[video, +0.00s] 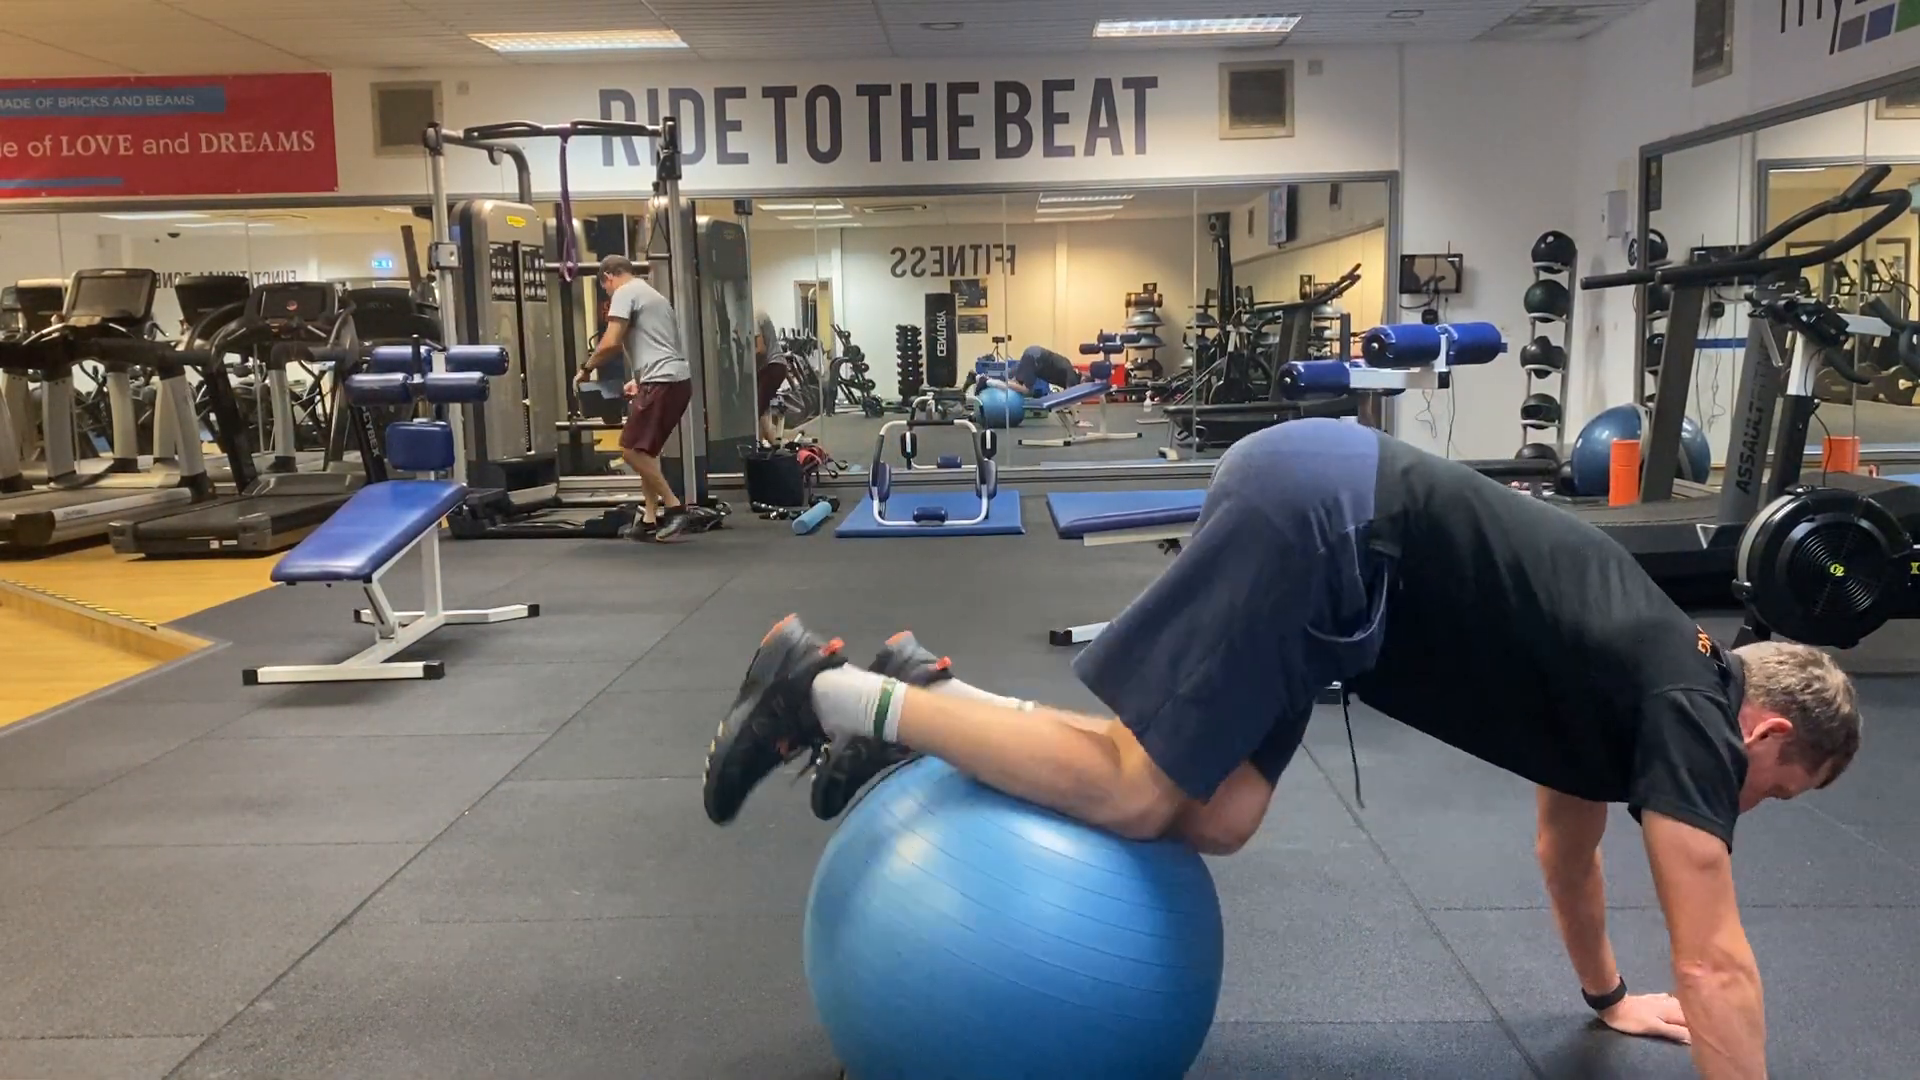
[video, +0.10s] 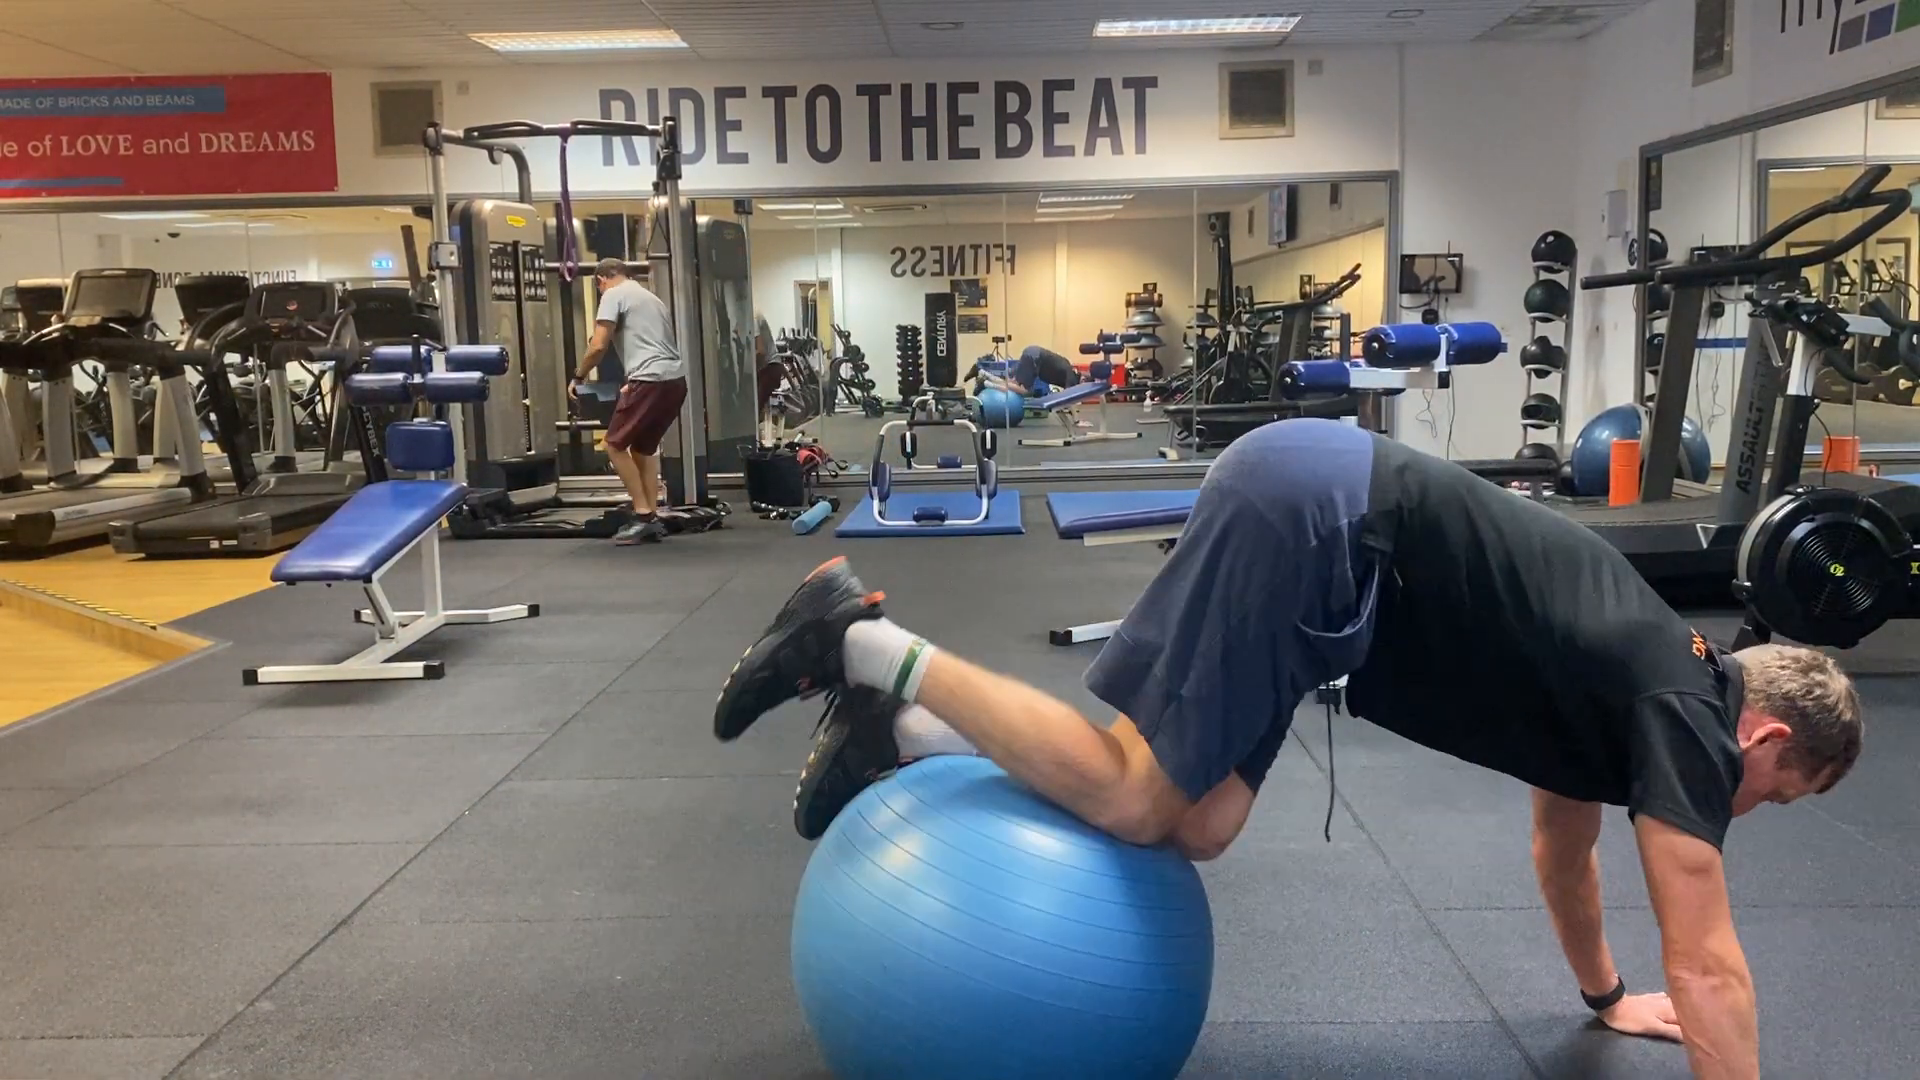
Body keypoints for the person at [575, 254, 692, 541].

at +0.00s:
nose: (606, 290)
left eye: (604, 284)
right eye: (604, 286)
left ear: (610, 276)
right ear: (628, 272)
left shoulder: (625, 292)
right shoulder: (651, 293)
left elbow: (611, 343)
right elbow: (663, 346)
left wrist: (587, 367)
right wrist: (641, 381)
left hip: (661, 380)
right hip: (676, 379)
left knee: (630, 448)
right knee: (647, 451)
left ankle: (675, 508)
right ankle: (649, 519)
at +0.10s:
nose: (600, 291)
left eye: (599, 286)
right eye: (599, 287)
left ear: (604, 279)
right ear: (625, 274)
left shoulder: (613, 294)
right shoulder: (650, 297)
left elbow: (599, 346)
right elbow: (660, 346)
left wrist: (578, 377)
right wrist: (634, 381)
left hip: (649, 380)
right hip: (676, 380)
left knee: (615, 445)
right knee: (643, 448)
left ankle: (642, 515)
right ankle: (651, 517)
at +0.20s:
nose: (595, 293)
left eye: (594, 289)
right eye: (594, 290)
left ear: (599, 283)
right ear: (621, 279)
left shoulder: (602, 297)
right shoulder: (646, 300)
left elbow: (589, 351)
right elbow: (658, 343)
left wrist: (575, 382)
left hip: (638, 381)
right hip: (670, 381)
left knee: (608, 447)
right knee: (643, 449)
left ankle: (606, 520)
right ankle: (650, 521)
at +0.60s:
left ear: (583, 336)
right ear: (608, 335)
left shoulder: (567, 349)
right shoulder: (626, 345)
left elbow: (566, 399)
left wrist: (580, 444)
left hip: (584, 392)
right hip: (625, 388)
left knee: (577, 456)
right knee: (625, 455)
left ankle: (576, 524)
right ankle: (632, 522)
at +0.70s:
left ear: (580, 348)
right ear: (610, 348)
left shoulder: (566, 358)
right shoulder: (623, 357)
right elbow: (632, 413)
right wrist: (626, 459)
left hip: (574, 389)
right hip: (616, 386)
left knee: (572, 457)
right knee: (621, 459)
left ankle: (575, 525)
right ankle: (626, 525)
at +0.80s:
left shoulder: (564, 371)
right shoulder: (624, 370)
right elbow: (630, 432)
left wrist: (580, 477)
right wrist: (627, 472)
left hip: (567, 388)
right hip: (609, 385)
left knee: (570, 459)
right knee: (618, 460)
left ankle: (575, 525)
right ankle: (626, 524)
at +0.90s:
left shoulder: (560, 374)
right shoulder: (625, 377)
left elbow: (571, 442)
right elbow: (629, 438)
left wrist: (581, 482)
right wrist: (628, 479)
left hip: (562, 387)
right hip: (606, 385)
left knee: (569, 460)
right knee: (616, 459)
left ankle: (575, 525)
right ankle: (626, 523)